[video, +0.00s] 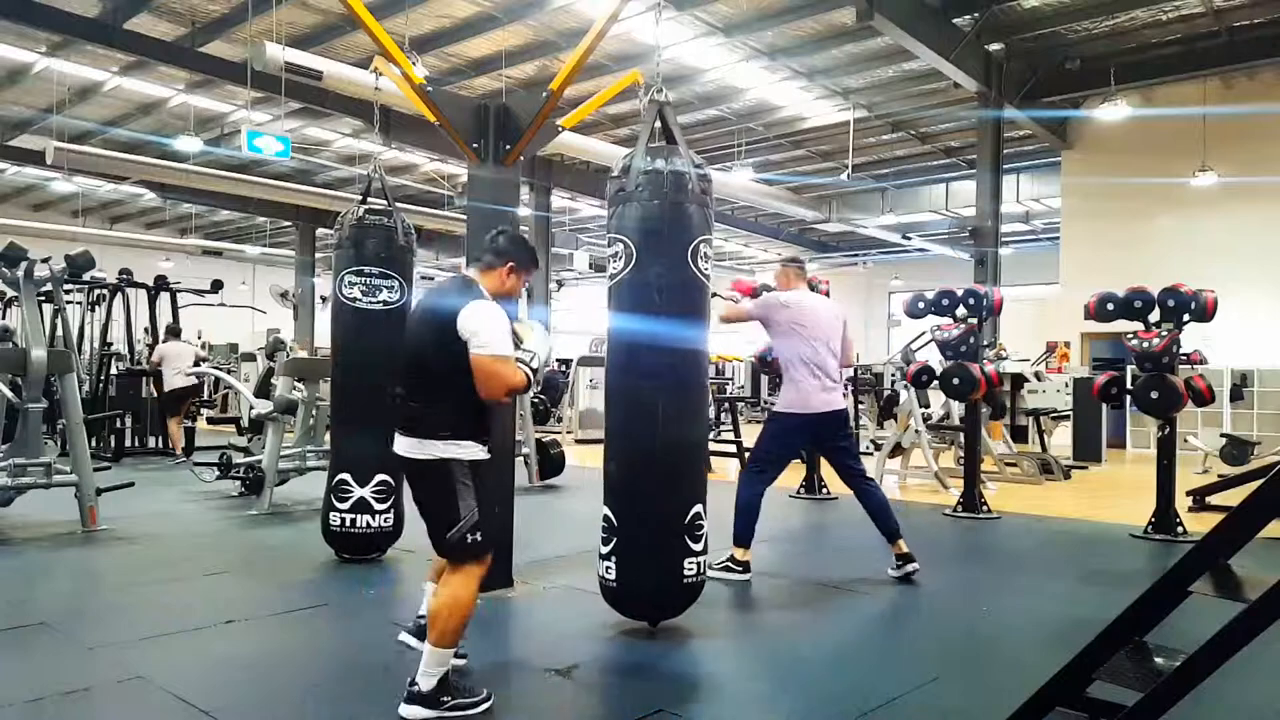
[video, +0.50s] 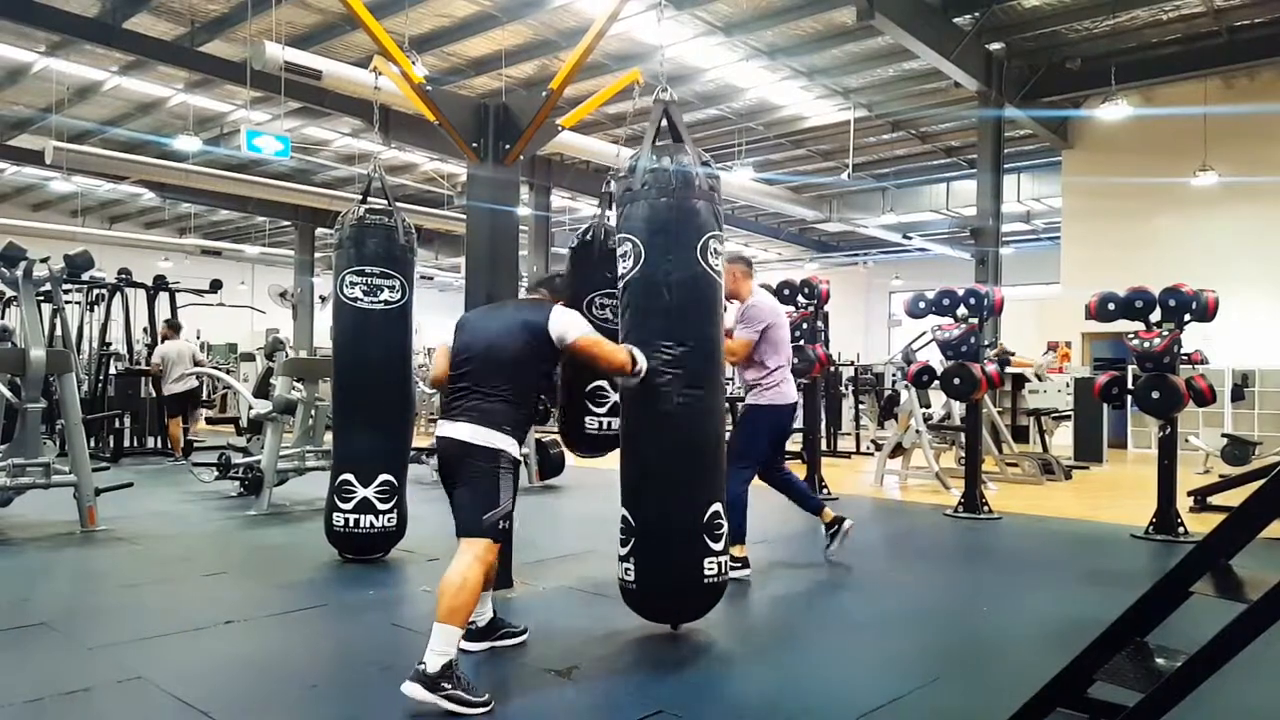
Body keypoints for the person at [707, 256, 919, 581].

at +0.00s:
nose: (775, 284)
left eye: (777, 278)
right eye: (776, 279)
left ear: (788, 276)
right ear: (804, 276)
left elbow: (727, 315)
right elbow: (847, 360)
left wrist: (735, 302)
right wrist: (802, 355)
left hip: (791, 411)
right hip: (832, 411)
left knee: (753, 477)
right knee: (860, 479)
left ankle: (740, 558)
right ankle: (902, 552)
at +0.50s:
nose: (721, 284)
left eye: (723, 277)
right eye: (721, 277)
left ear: (737, 276)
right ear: (744, 275)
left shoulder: (755, 306)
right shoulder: (765, 303)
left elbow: (737, 353)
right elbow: (738, 345)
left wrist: (710, 337)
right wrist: (722, 335)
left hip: (764, 402)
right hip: (782, 401)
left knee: (735, 475)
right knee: (771, 469)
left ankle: (736, 553)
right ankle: (830, 520)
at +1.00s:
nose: (787, 278)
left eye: (790, 272)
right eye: (786, 273)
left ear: (809, 271)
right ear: (805, 273)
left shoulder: (826, 298)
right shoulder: (808, 303)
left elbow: (825, 341)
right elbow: (811, 344)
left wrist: (791, 327)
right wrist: (786, 331)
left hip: (834, 391)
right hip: (818, 389)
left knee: (819, 454)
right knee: (800, 449)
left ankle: (865, 514)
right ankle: (821, 517)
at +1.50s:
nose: (808, 297)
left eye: (810, 290)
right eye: (805, 293)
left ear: (828, 286)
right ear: (820, 291)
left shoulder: (847, 313)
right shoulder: (824, 317)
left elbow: (842, 352)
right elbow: (819, 353)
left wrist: (809, 337)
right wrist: (797, 333)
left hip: (850, 403)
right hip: (831, 402)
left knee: (859, 465)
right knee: (828, 458)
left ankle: (891, 533)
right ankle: (839, 512)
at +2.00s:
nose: (777, 318)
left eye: (777, 311)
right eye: (773, 312)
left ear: (793, 301)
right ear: (790, 304)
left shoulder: (813, 321)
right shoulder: (802, 325)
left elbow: (814, 360)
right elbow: (805, 364)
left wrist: (787, 349)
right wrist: (787, 367)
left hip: (816, 406)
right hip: (819, 405)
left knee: (797, 463)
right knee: (825, 462)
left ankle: (783, 529)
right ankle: (843, 517)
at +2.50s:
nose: (751, 318)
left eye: (754, 312)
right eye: (749, 313)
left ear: (770, 306)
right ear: (759, 310)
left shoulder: (798, 325)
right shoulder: (765, 330)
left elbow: (828, 353)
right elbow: (765, 362)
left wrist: (813, 367)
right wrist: (758, 371)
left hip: (800, 405)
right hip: (790, 404)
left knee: (769, 459)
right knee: (808, 459)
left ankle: (780, 529)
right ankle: (838, 508)